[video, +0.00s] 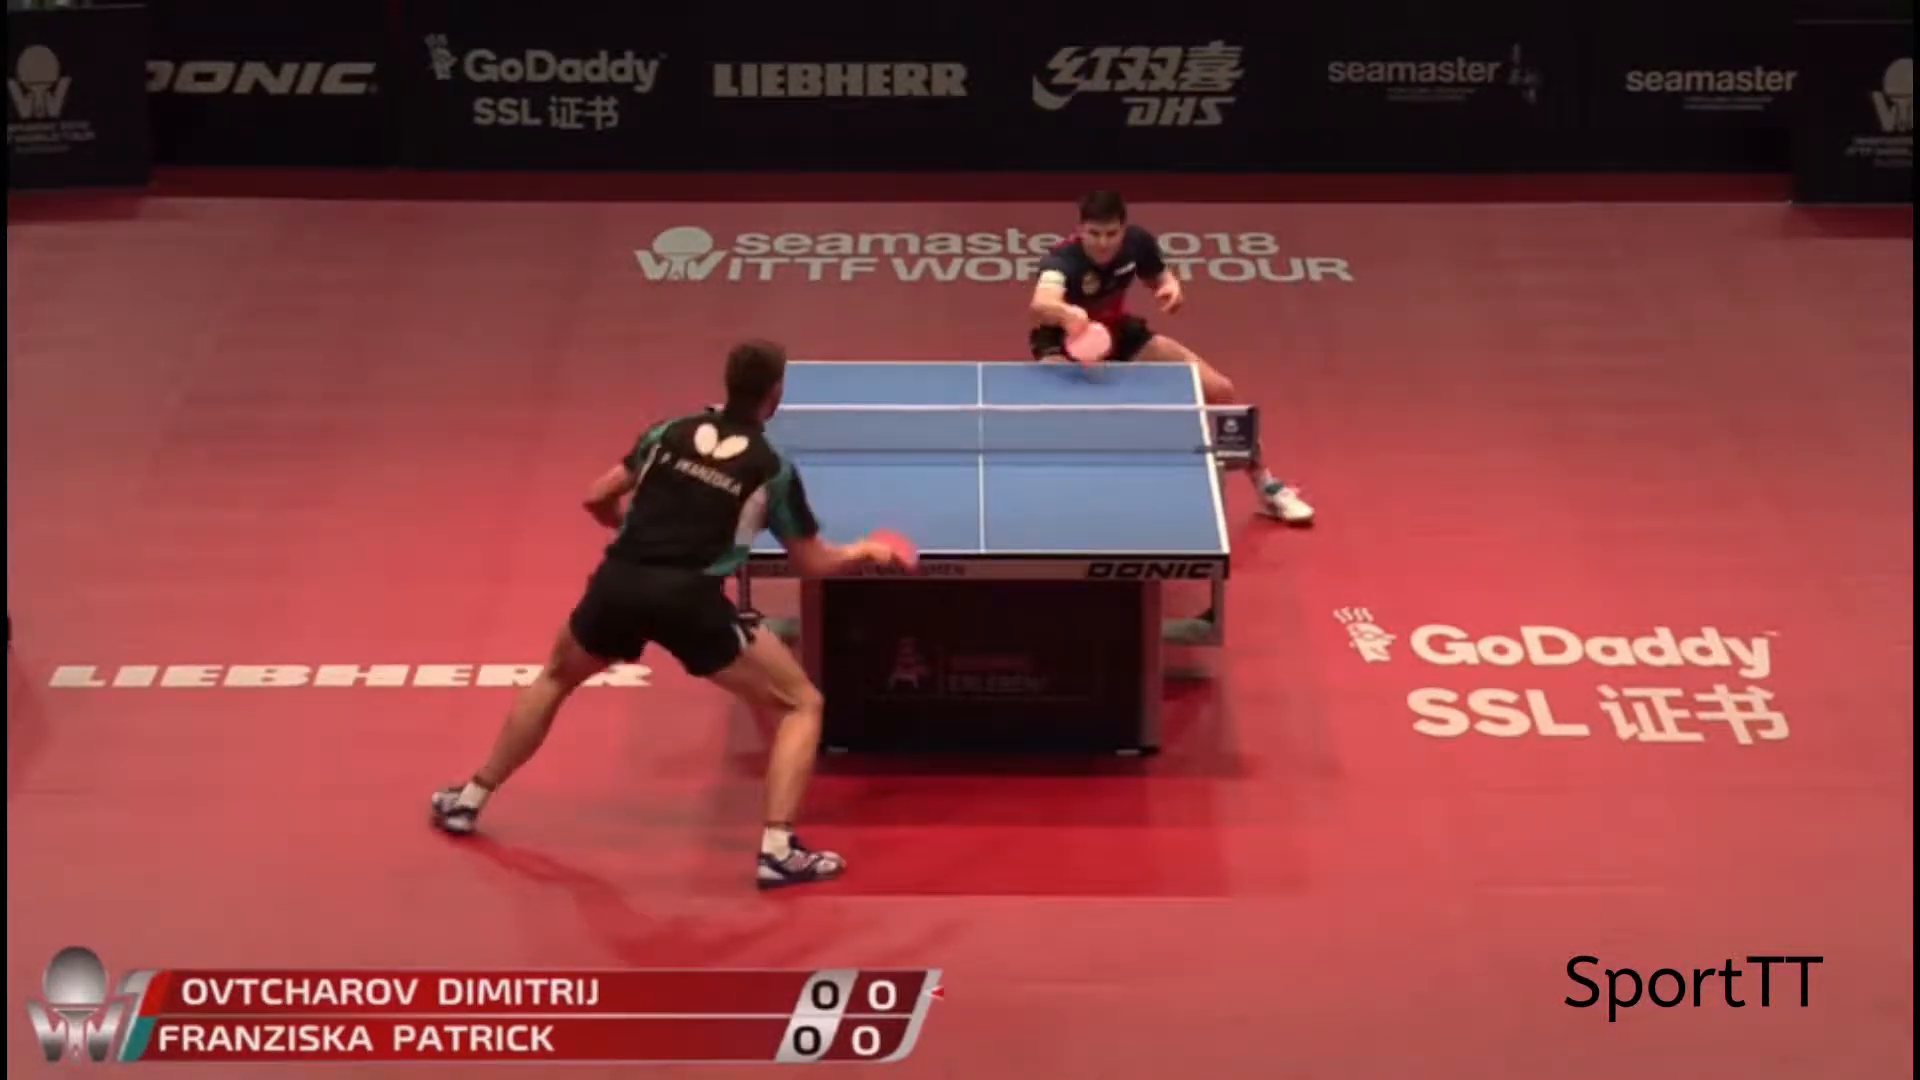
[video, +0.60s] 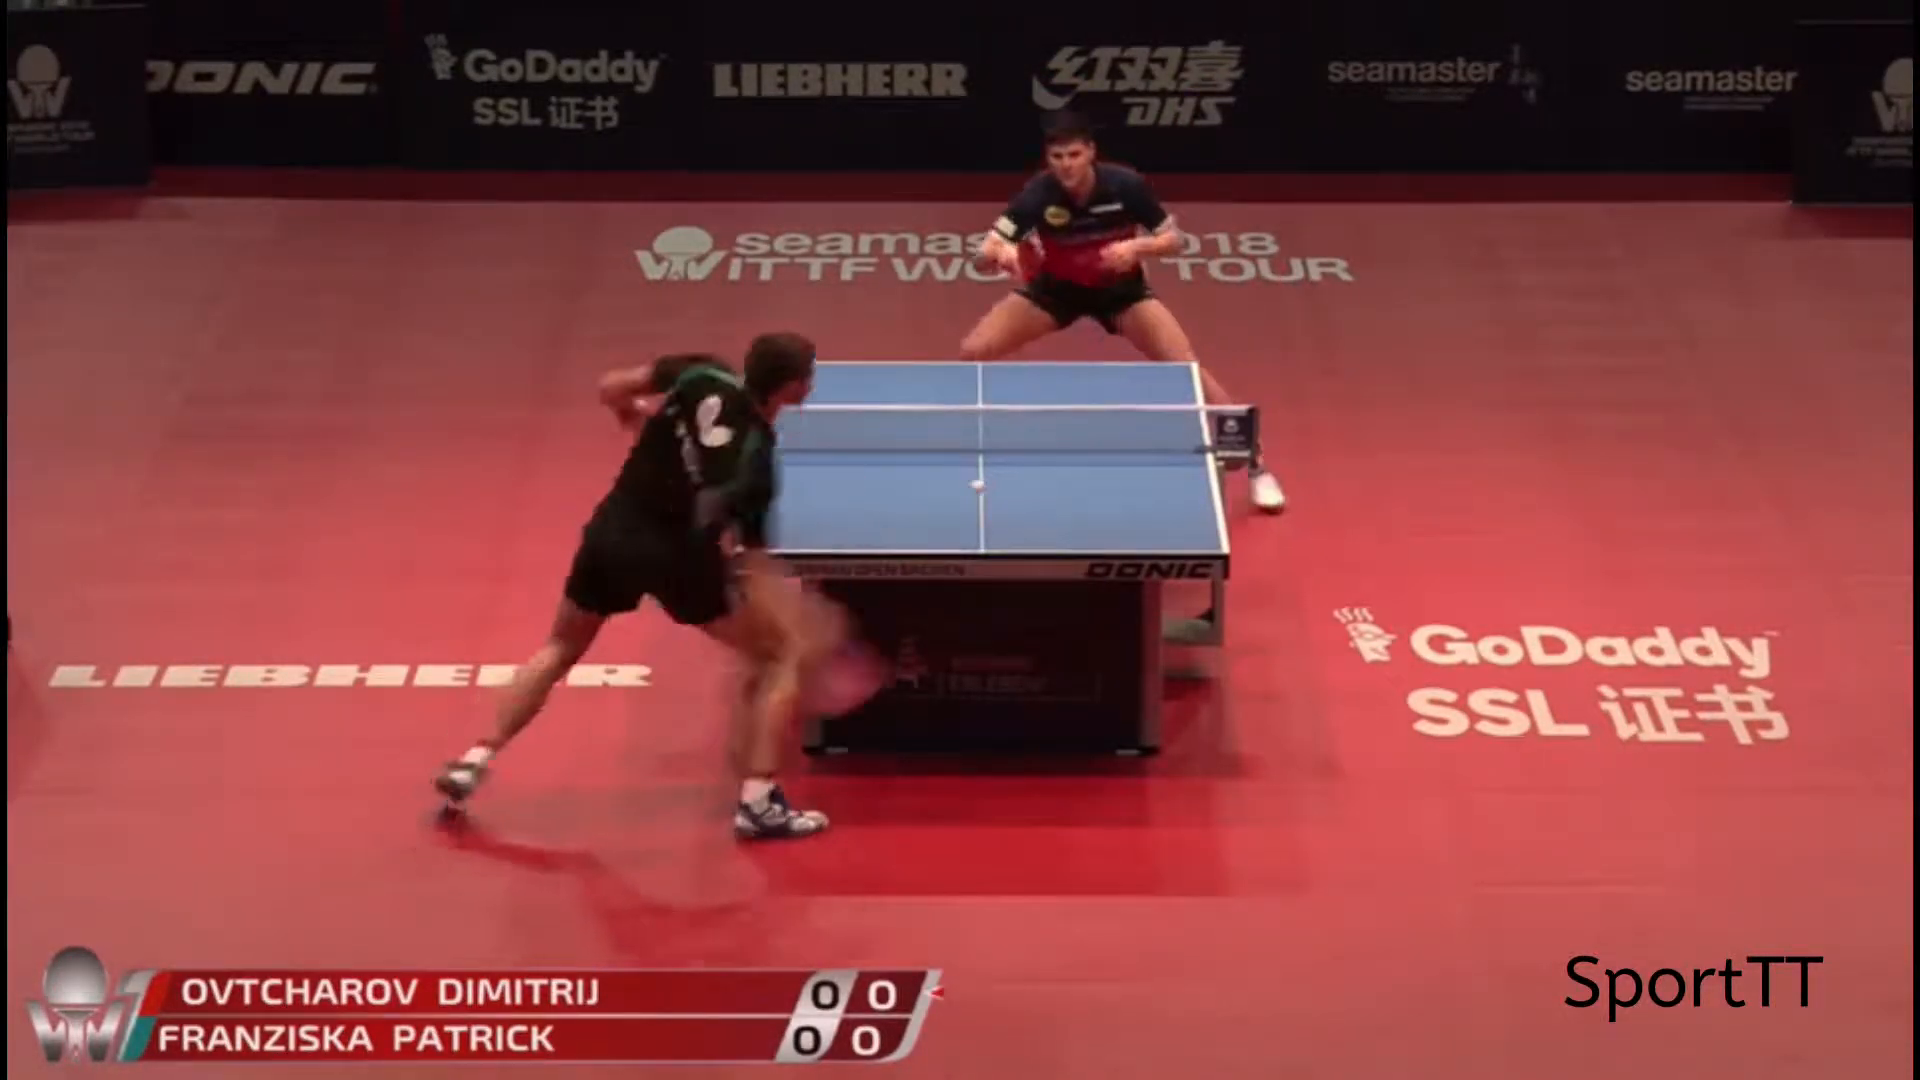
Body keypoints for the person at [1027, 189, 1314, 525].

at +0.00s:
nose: (1103, 243)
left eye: (1110, 234)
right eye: (1094, 234)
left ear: (1122, 228)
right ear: (1080, 230)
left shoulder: (1137, 244)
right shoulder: (1064, 257)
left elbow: (1162, 280)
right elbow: (1040, 304)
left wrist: (1171, 292)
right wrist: (1068, 315)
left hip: (1116, 332)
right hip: (1063, 339)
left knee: (1219, 389)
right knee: (1058, 403)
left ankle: (1266, 486)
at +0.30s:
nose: (1116, 192)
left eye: (1125, 181)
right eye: (1108, 183)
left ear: (1142, 177)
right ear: (1096, 183)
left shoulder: (1173, 212)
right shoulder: (1082, 216)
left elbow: (1209, 259)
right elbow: (1034, 270)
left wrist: (1201, 285)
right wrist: (1041, 281)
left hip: (1154, 312)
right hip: (1092, 312)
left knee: (1215, 394)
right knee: (1034, 378)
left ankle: (1272, 475)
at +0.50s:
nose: (1097, 181)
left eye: (1105, 171)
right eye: (1089, 172)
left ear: (1123, 167)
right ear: (1079, 173)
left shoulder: (1159, 204)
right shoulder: (1068, 210)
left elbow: (1205, 250)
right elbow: (1016, 261)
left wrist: (1185, 264)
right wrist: (1033, 267)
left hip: (1146, 315)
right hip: (1081, 314)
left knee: (1202, 393)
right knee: (1020, 382)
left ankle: (1273, 475)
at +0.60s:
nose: (1066, 165)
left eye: (1074, 155)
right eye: (1058, 157)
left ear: (1091, 152)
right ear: (1047, 159)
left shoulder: (1124, 185)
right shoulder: (1039, 194)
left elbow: (1173, 239)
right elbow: (988, 248)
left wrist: (1135, 247)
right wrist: (1005, 252)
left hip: (1121, 293)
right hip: (1055, 291)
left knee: (1189, 370)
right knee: (972, 351)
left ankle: (1256, 468)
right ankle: (961, 462)